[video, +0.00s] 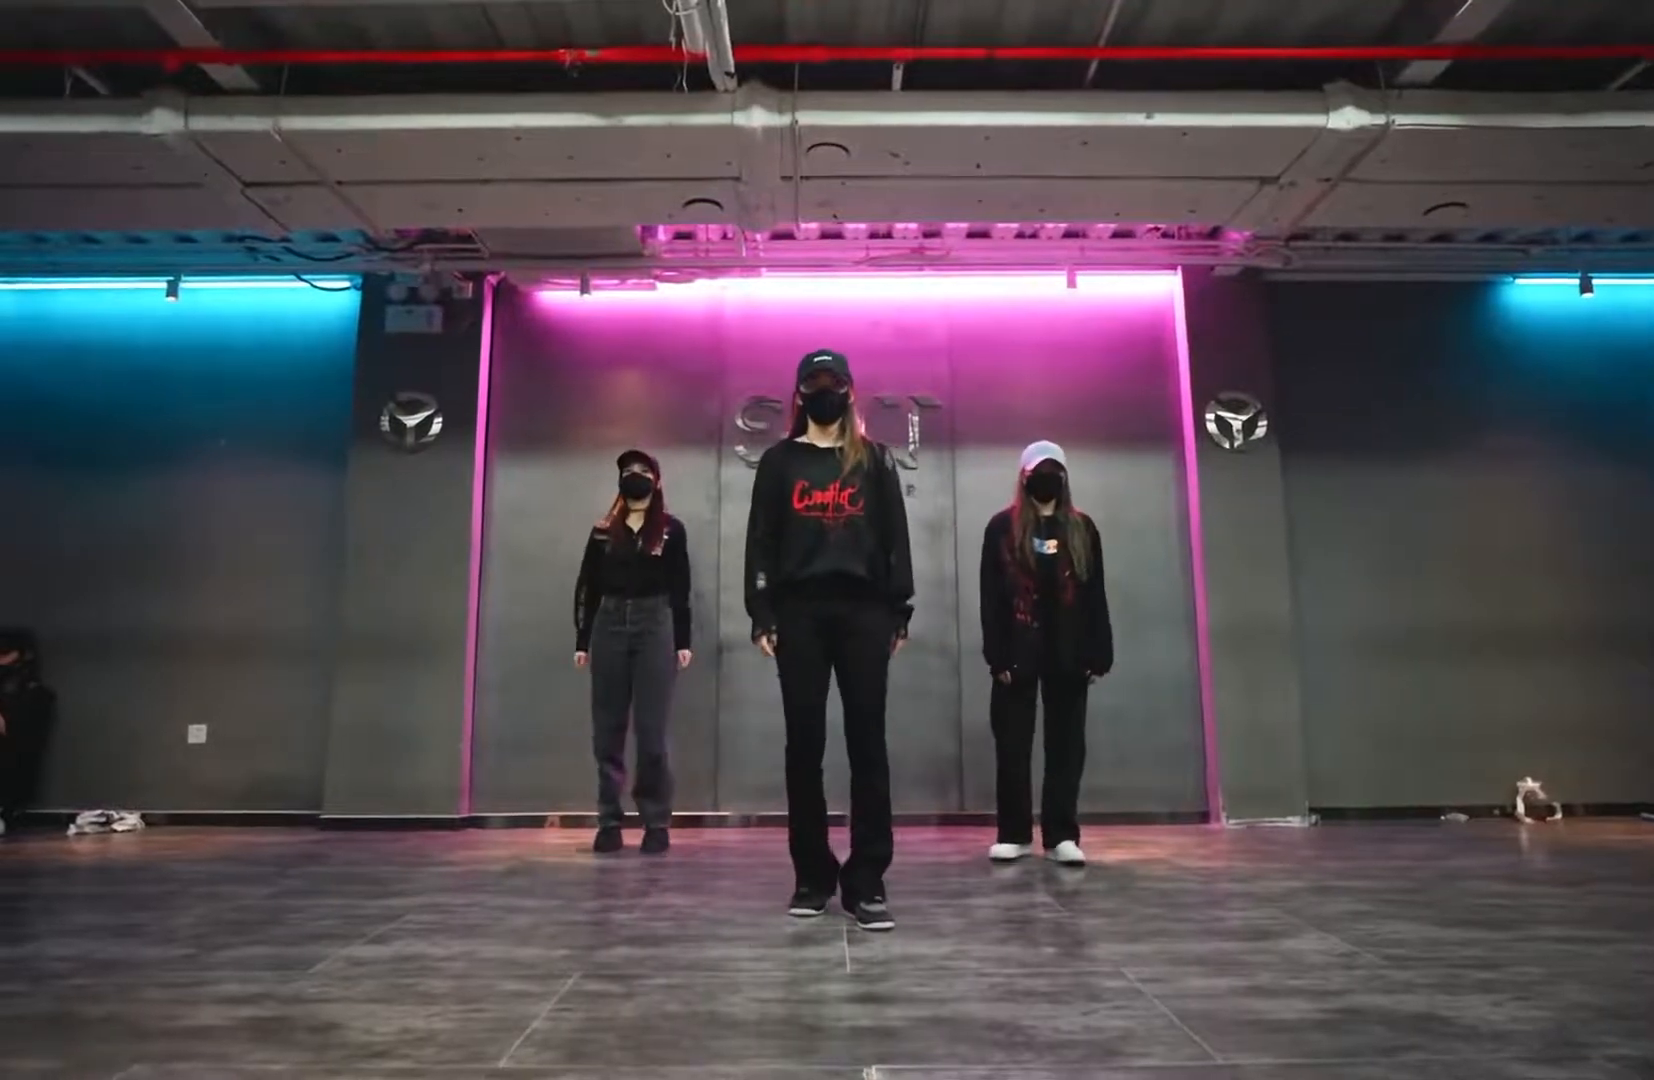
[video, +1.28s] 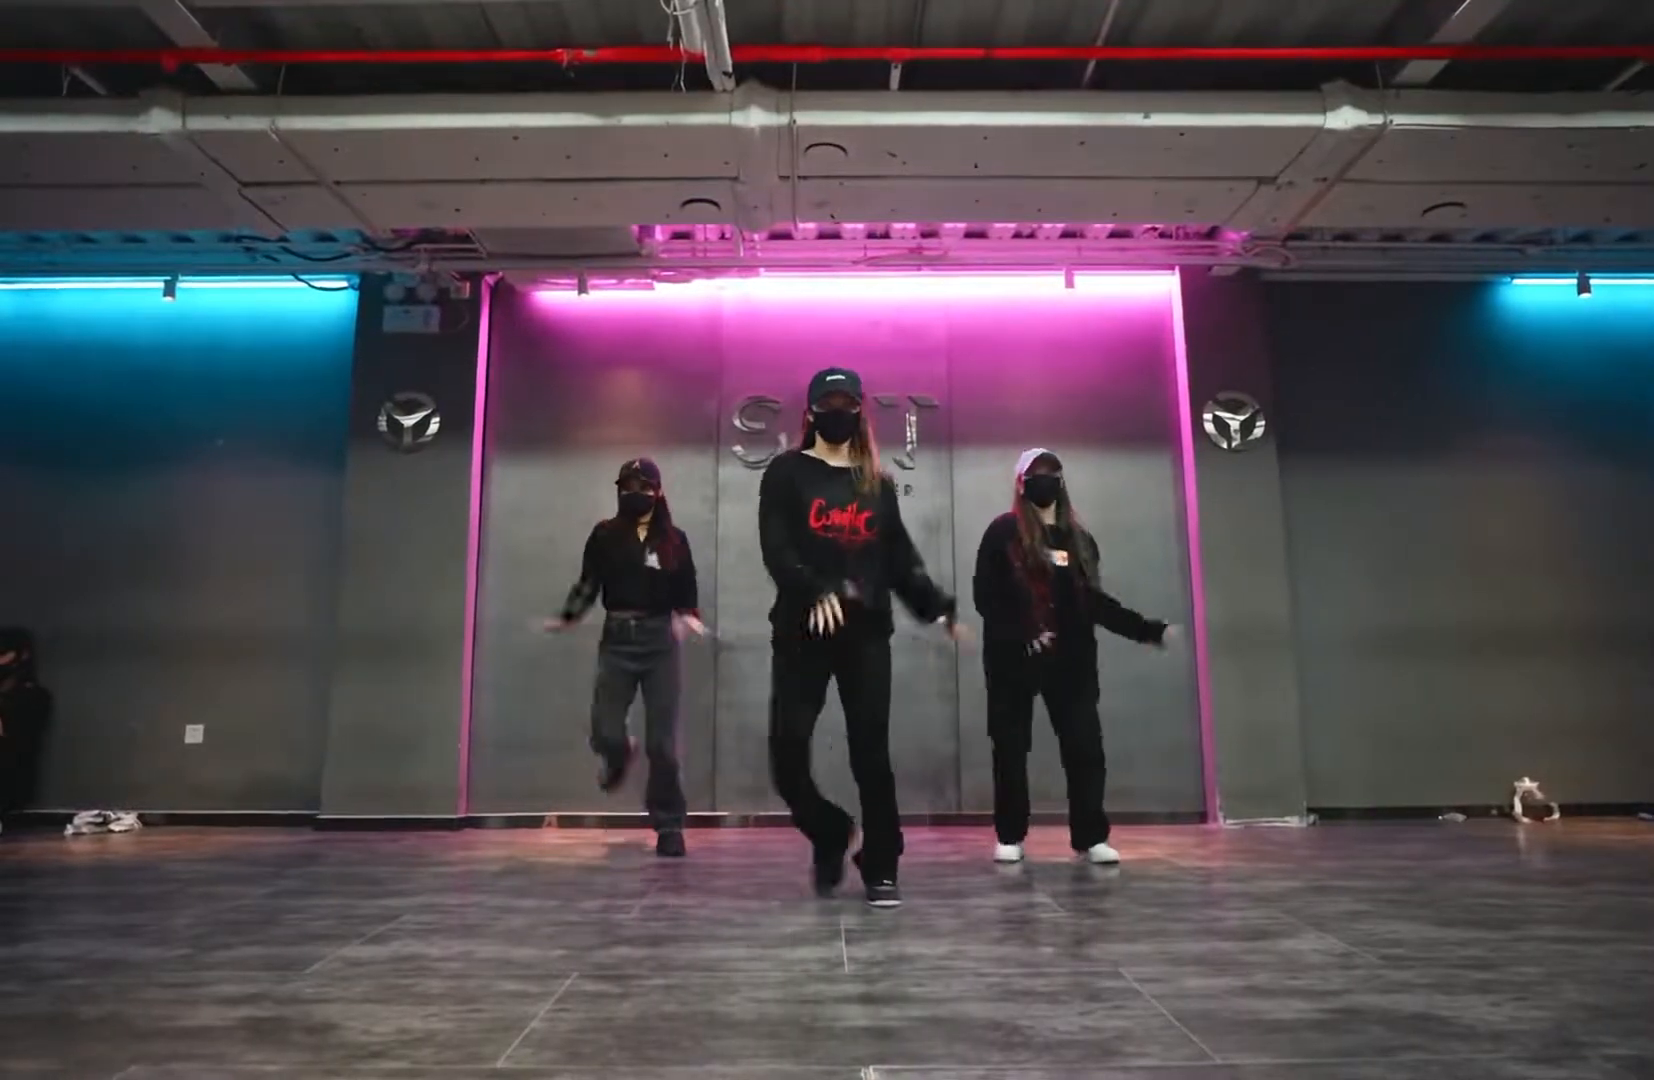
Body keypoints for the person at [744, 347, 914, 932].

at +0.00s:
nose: (826, 391)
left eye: (834, 382)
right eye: (816, 383)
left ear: (849, 390)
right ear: (801, 391)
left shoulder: (874, 459)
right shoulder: (778, 459)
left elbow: (897, 542)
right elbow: (757, 544)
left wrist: (898, 612)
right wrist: (761, 615)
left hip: (865, 615)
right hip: (798, 616)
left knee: (867, 748)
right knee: (804, 748)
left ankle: (867, 884)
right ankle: (811, 881)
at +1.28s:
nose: (839, 411)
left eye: (848, 403)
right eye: (829, 403)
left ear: (861, 412)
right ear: (811, 410)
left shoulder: (877, 483)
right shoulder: (784, 473)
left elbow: (899, 557)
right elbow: (776, 550)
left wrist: (935, 606)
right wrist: (812, 590)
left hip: (865, 633)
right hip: (802, 632)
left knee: (871, 755)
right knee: (787, 763)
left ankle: (881, 868)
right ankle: (830, 832)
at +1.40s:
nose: (824, 413)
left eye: (834, 403)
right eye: (814, 403)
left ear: (847, 410)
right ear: (798, 410)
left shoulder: (865, 479)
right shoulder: (772, 475)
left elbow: (909, 532)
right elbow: (748, 544)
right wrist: (694, 564)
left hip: (853, 643)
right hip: (786, 641)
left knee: (871, 763)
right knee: (734, 741)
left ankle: (880, 874)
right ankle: (721, 871)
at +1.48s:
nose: (813, 422)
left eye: (823, 412)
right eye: (803, 411)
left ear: (839, 421)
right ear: (788, 418)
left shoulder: (845, 485)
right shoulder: (763, 485)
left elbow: (837, 537)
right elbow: (710, 546)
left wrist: (782, 536)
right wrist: (646, 561)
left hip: (845, 650)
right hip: (779, 651)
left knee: (869, 765)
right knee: (719, 759)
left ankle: (882, 873)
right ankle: (653, 892)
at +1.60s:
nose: (768, 422)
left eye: (778, 412)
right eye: (757, 413)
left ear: (797, 420)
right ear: (743, 425)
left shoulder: (829, 487)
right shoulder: (733, 493)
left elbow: (853, 548)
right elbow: (698, 562)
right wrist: (652, 577)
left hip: (827, 655)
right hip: (760, 656)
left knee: (869, 771)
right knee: (702, 768)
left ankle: (881, 864)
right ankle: (635, 908)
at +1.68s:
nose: (772, 423)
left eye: (782, 413)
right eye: (760, 412)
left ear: (800, 421)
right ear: (743, 421)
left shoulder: (826, 493)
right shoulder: (727, 488)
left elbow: (901, 552)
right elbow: (713, 561)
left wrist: (962, 555)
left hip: (821, 665)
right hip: (751, 666)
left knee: (903, 759)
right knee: (704, 776)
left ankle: (868, 858)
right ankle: (635, 909)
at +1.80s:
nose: (848, 435)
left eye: (851, 424)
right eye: (839, 423)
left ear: (837, 426)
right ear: (806, 419)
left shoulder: (824, 487)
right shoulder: (777, 475)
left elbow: (866, 547)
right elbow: (763, 541)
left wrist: (940, 539)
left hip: (811, 661)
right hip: (762, 660)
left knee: (914, 742)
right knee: (730, 788)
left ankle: (873, 901)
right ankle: (635, 912)